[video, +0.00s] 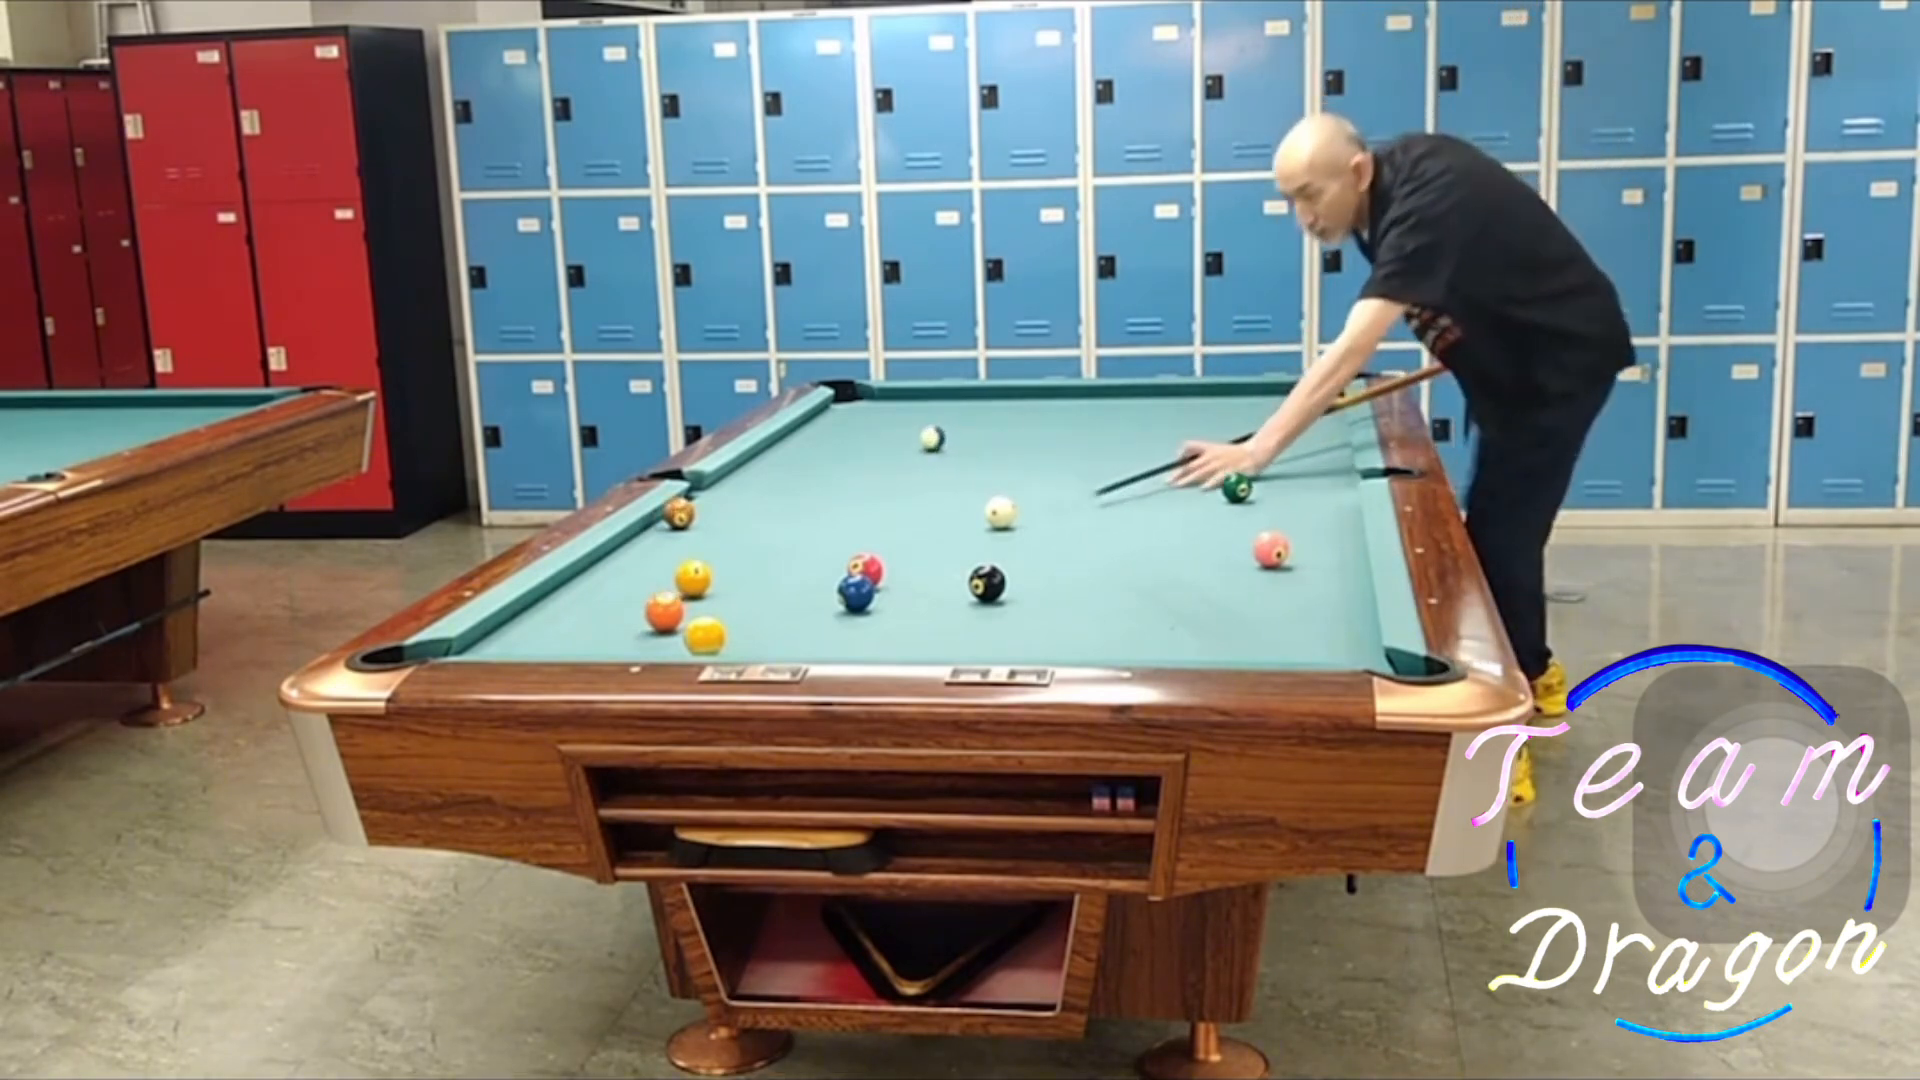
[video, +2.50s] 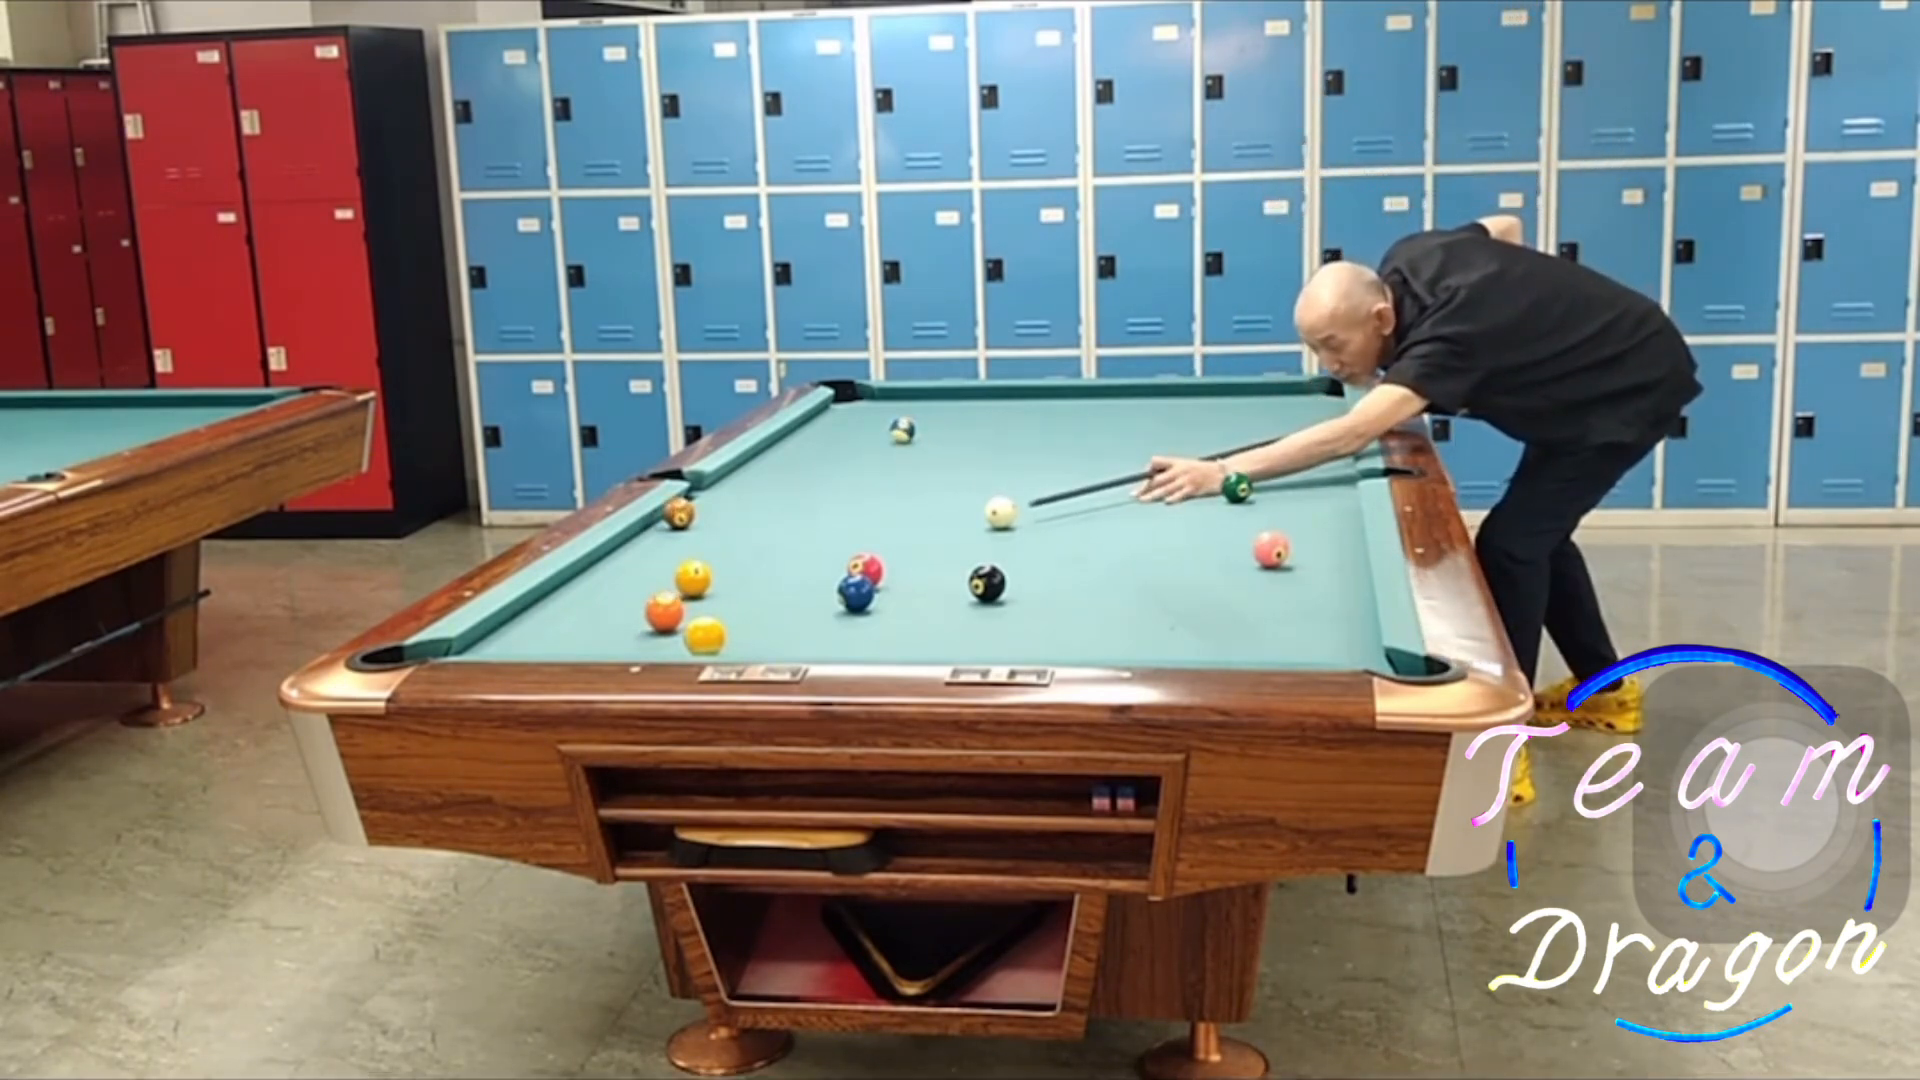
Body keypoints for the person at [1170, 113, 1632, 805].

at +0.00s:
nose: (1301, 216)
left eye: (1307, 197)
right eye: (1293, 202)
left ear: (1357, 171)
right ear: (1354, 170)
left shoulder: (1425, 206)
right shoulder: (1395, 171)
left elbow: (1351, 356)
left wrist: (1253, 452)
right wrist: (1451, 318)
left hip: (1563, 355)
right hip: (1519, 353)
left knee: (1502, 536)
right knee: (1492, 525)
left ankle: (1521, 689)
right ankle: (1527, 668)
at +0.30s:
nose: (1297, 269)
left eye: (1303, 250)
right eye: (1287, 255)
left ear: (1355, 223)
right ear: (1355, 216)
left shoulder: (1416, 254)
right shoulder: (1404, 196)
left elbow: (1327, 377)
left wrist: (1222, 464)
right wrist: (1470, 337)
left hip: (1572, 366)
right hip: (1608, 340)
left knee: (1498, 546)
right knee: (1557, 537)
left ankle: (1500, 735)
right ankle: (1612, 690)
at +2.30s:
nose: (1322, 357)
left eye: (1330, 340)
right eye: (1314, 342)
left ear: (1383, 315)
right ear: (1373, 301)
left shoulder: (1444, 342)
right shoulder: (1413, 257)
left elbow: (1349, 433)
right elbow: (1506, 231)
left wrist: (1221, 472)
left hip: (1634, 380)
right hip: (1612, 356)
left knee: (1508, 545)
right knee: (1539, 537)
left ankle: (1510, 706)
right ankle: (1608, 692)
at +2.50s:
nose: (1324, 362)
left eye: (1331, 346)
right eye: (1317, 348)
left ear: (1380, 318)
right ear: (1370, 303)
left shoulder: (1443, 341)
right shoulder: (1411, 257)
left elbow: (1348, 433)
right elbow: (1504, 230)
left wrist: (1221, 472)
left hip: (1633, 378)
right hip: (1614, 353)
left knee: (1508, 544)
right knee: (1539, 536)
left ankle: (1510, 707)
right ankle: (1607, 693)